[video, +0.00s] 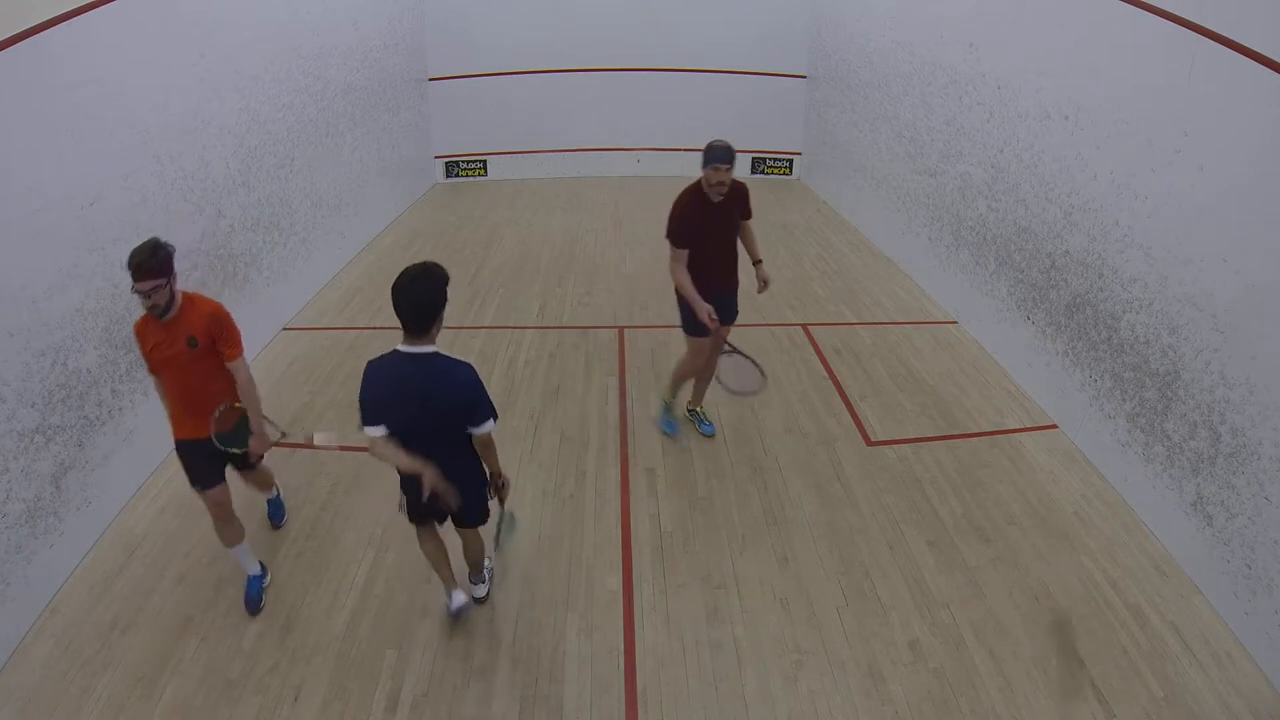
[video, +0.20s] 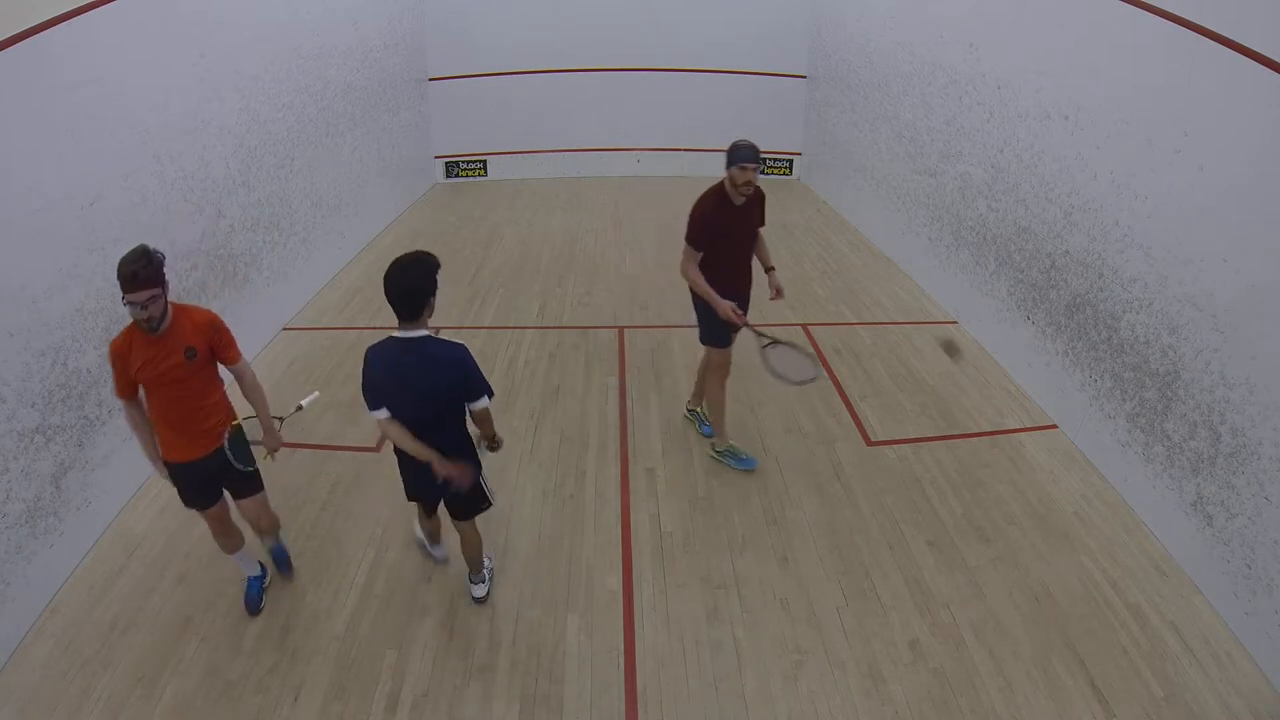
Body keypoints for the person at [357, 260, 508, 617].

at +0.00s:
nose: (446, 314)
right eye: (445, 308)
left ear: (398, 315)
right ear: (441, 319)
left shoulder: (377, 371)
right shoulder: (460, 374)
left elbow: (377, 443)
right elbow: (483, 439)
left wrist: (423, 469)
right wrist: (496, 473)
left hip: (415, 481)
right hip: (462, 476)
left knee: (425, 528)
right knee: (469, 530)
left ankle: (453, 593)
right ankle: (478, 582)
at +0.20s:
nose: (436, 298)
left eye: (433, 291)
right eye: (435, 292)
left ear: (391, 303)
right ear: (430, 303)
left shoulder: (376, 357)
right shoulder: (454, 354)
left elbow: (387, 425)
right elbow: (480, 413)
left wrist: (434, 459)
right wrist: (490, 436)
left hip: (412, 460)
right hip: (457, 455)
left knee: (427, 509)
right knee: (465, 522)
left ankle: (436, 547)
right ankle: (478, 581)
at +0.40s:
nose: (423, 293)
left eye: (422, 285)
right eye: (422, 286)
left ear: (381, 294)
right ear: (414, 295)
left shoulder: (370, 349)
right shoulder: (439, 343)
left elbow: (378, 415)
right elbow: (469, 400)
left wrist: (389, 466)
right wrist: (477, 422)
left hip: (408, 447)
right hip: (448, 441)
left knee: (420, 492)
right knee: (460, 512)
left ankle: (426, 525)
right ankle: (477, 578)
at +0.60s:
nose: (413, 276)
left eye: (410, 269)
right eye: (409, 270)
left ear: (371, 281)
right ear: (399, 280)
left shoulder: (358, 330)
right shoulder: (420, 328)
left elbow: (358, 381)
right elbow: (447, 381)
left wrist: (371, 413)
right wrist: (459, 405)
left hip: (394, 426)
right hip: (432, 423)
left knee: (412, 475)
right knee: (454, 492)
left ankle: (426, 521)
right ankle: (475, 564)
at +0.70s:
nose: (407, 271)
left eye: (405, 264)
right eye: (404, 265)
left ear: (364, 274)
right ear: (392, 274)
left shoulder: (351, 321)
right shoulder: (412, 320)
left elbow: (352, 366)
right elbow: (439, 374)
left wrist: (382, 374)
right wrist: (455, 399)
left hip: (387, 420)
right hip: (425, 414)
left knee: (409, 470)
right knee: (453, 475)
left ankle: (425, 522)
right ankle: (469, 547)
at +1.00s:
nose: (402, 256)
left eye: (400, 249)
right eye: (398, 251)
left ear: (363, 261)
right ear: (385, 261)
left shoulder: (348, 303)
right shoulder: (401, 308)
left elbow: (350, 353)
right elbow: (425, 367)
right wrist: (443, 405)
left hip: (380, 405)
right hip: (414, 399)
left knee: (406, 462)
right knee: (435, 448)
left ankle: (425, 521)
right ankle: (448, 499)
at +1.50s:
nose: (413, 240)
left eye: (411, 234)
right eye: (411, 235)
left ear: (377, 239)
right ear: (405, 241)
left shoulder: (362, 278)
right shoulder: (419, 284)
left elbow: (362, 321)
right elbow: (436, 337)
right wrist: (448, 369)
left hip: (382, 372)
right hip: (416, 370)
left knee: (382, 426)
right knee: (426, 423)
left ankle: (405, 480)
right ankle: (437, 471)